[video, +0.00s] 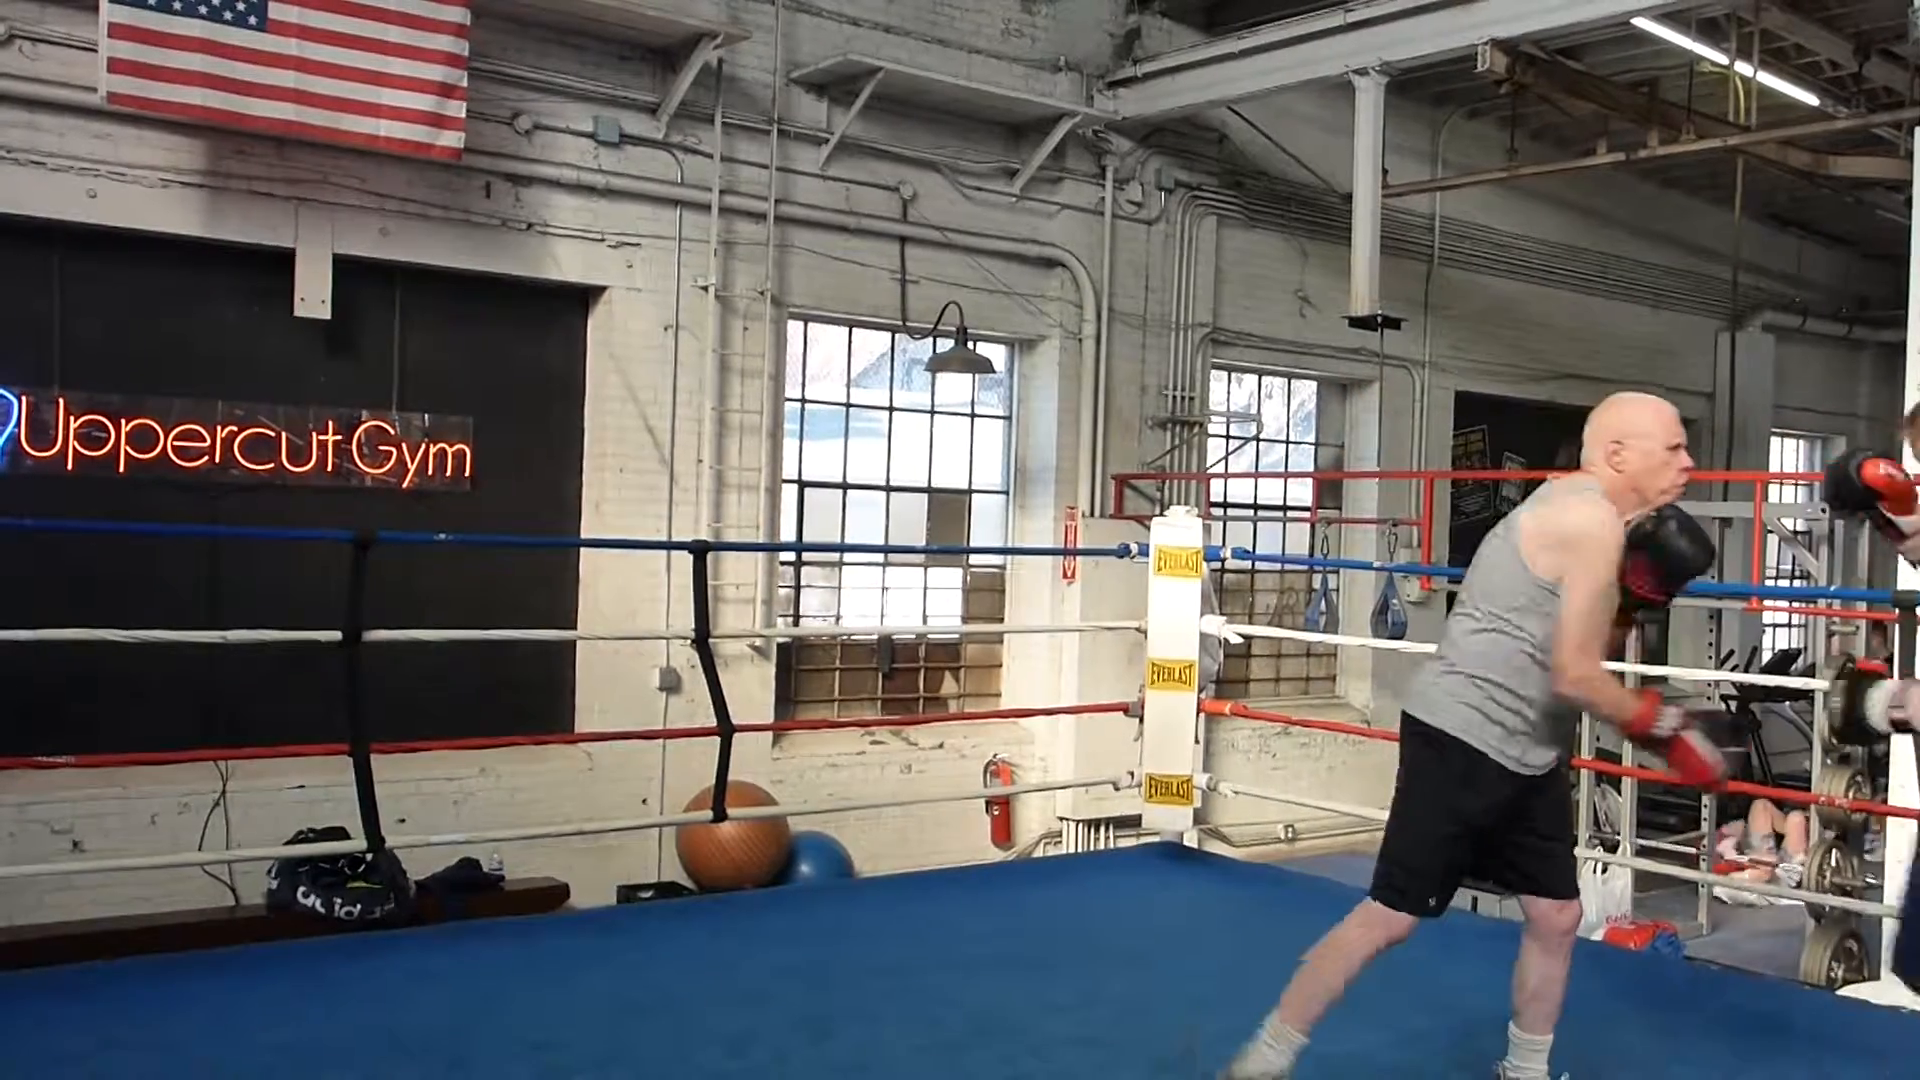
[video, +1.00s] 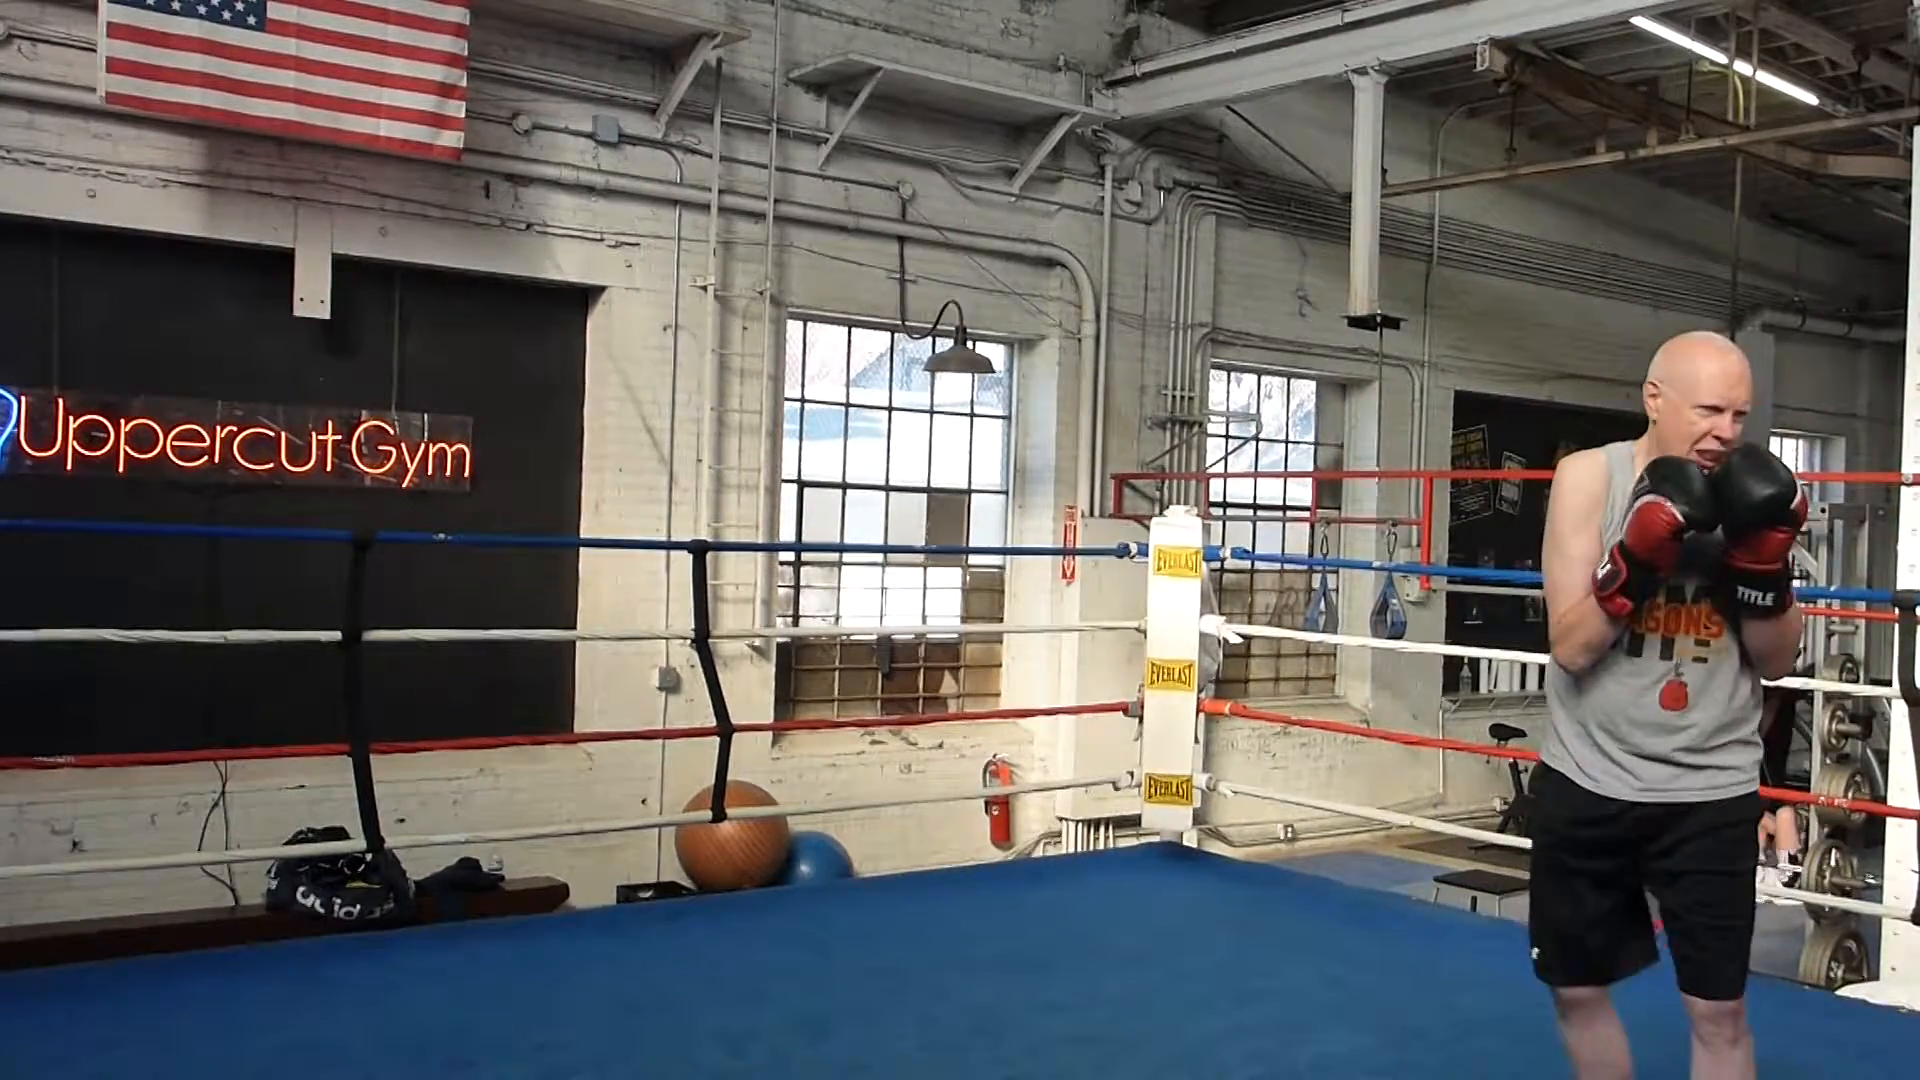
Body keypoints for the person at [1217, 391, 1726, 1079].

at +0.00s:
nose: (1689, 465)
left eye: (1686, 450)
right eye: (1674, 451)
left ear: (1615, 455)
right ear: (1616, 454)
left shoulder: (1573, 504)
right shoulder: (1592, 521)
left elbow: (1570, 647)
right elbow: (1575, 674)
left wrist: (1637, 594)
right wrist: (1662, 726)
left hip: (1528, 751)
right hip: (1461, 734)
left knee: (1555, 915)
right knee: (1392, 913)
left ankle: (1526, 1071)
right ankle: (1261, 1062)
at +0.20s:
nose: (1668, 461)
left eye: (1670, 446)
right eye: (1655, 442)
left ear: (1607, 441)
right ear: (1597, 435)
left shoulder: (1629, 529)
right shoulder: (1518, 500)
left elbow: (1617, 658)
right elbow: (1448, 629)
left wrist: (1652, 590)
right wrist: (1550, 655)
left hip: (1564, 752)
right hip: (1473, 742)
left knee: (1569, 945)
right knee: (1453, 937)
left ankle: (1530, 1072)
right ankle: (1412, 1076)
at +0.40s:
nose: (1642, 447)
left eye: (1644, 432)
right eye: (1626, 429)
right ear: (1567, 424)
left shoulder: (1615, 511)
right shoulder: (1494, 503)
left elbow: (1638, 663)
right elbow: (1492, 668)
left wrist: (1654, 583)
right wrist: (1570, 578)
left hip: (1585, 760)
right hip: (1489, 760)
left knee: (1653, 952)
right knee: (1472, 965)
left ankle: (1577, 1070)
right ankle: (1416, 1075)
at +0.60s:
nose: (1691, 444)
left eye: (1696, 429)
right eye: (1675, 425)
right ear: (1612, 417)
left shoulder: (1669, 509)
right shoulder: (1538, 491)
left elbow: (1688, 666)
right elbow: (1528, 660)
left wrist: (1711, 581)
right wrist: (1610, 578)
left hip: (1626, 779)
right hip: (1519, 771)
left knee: (1663, 979)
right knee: (1472, 976)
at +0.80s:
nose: (1737, 445)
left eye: (1747, 429)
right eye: (1722, 424)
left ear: (1754, 430)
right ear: (1662, 409)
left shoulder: (1740, 513)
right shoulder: (1584, 486)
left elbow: (1753, 675)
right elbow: (1559, 656)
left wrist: (1765, 591)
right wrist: (1633, 586)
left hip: (1692, 794)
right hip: (1567, 781)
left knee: (1705, 1008)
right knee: (1505, 983)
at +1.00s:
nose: (1727, 431)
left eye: (1740, 415)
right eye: (1710, 410)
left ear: (1749, 416)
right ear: (1655, 399)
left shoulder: (1752, 499)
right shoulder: (1588, 476)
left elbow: (1774, 661)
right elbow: (1571, 648)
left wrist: (1761, 566)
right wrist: (1634, 566)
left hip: (1712, 789)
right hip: (1585, 781)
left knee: (1719, 1009)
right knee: (1577, 992)